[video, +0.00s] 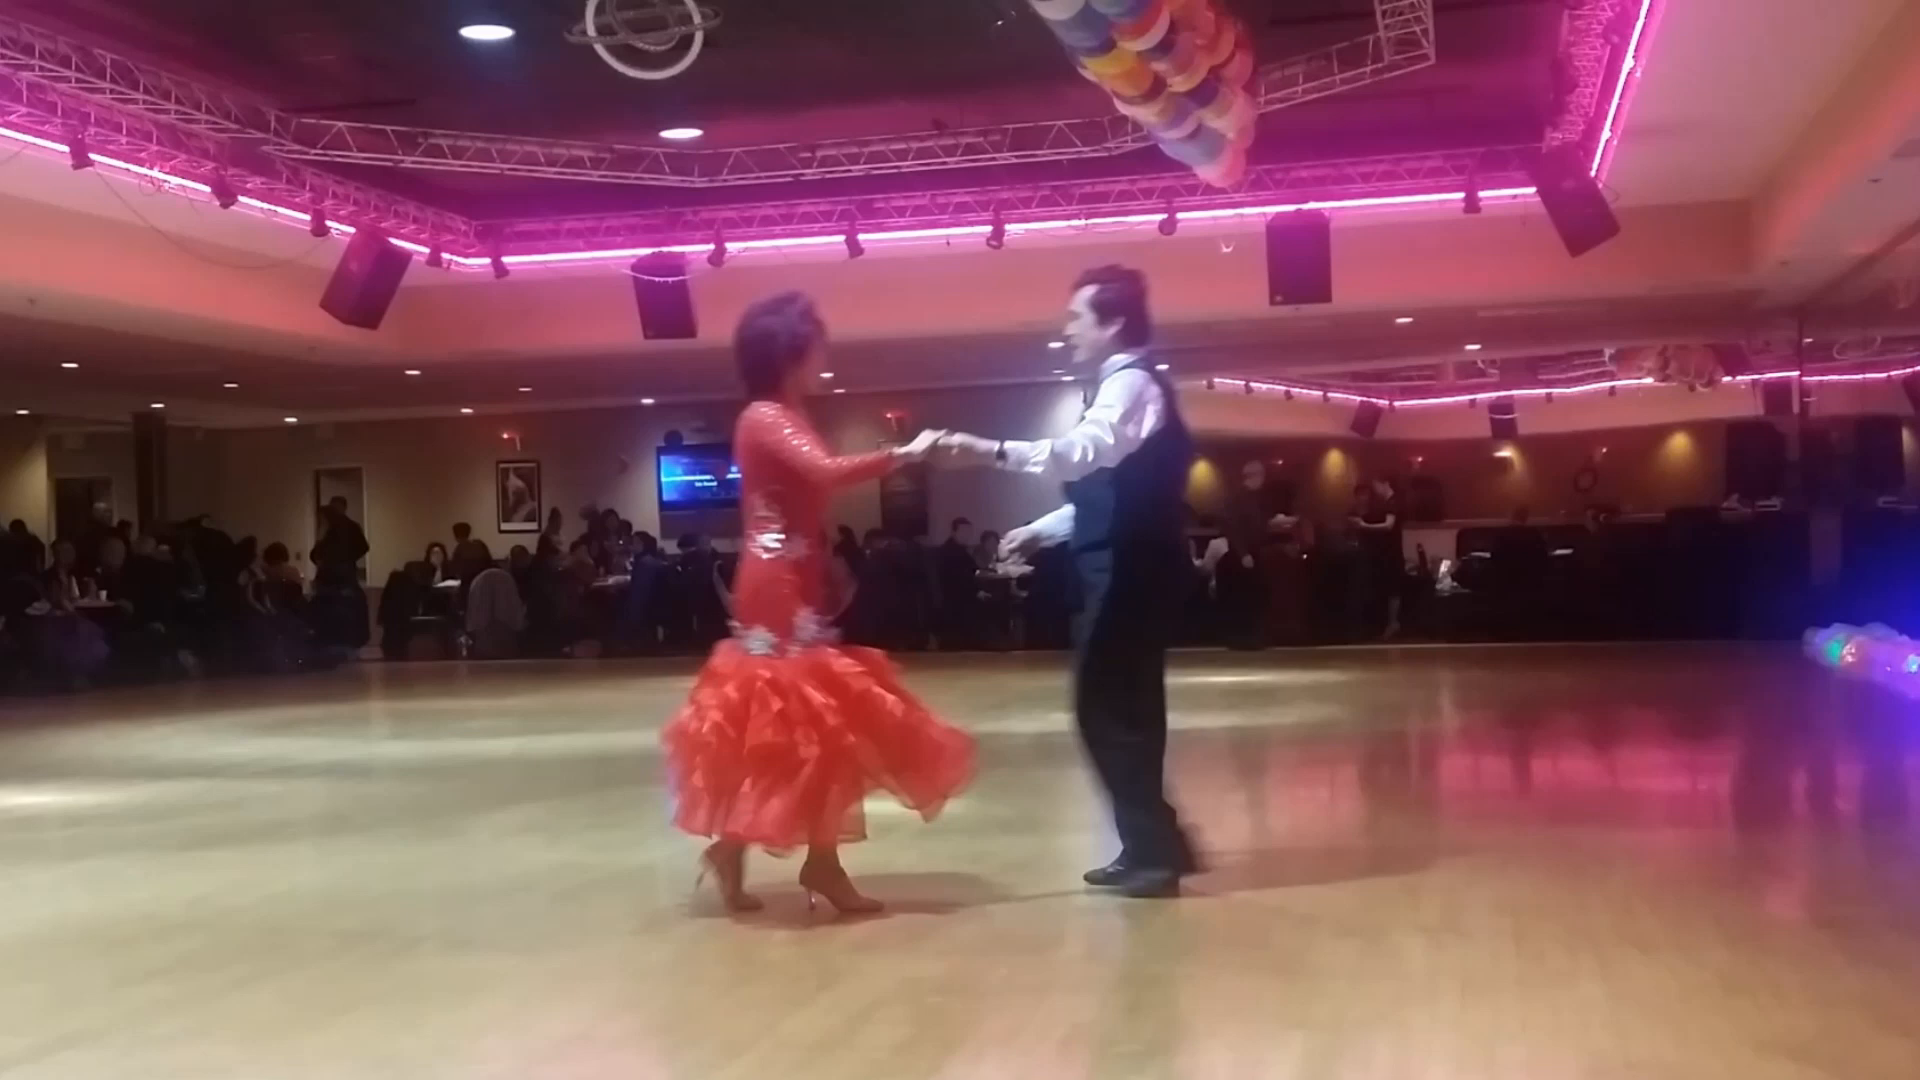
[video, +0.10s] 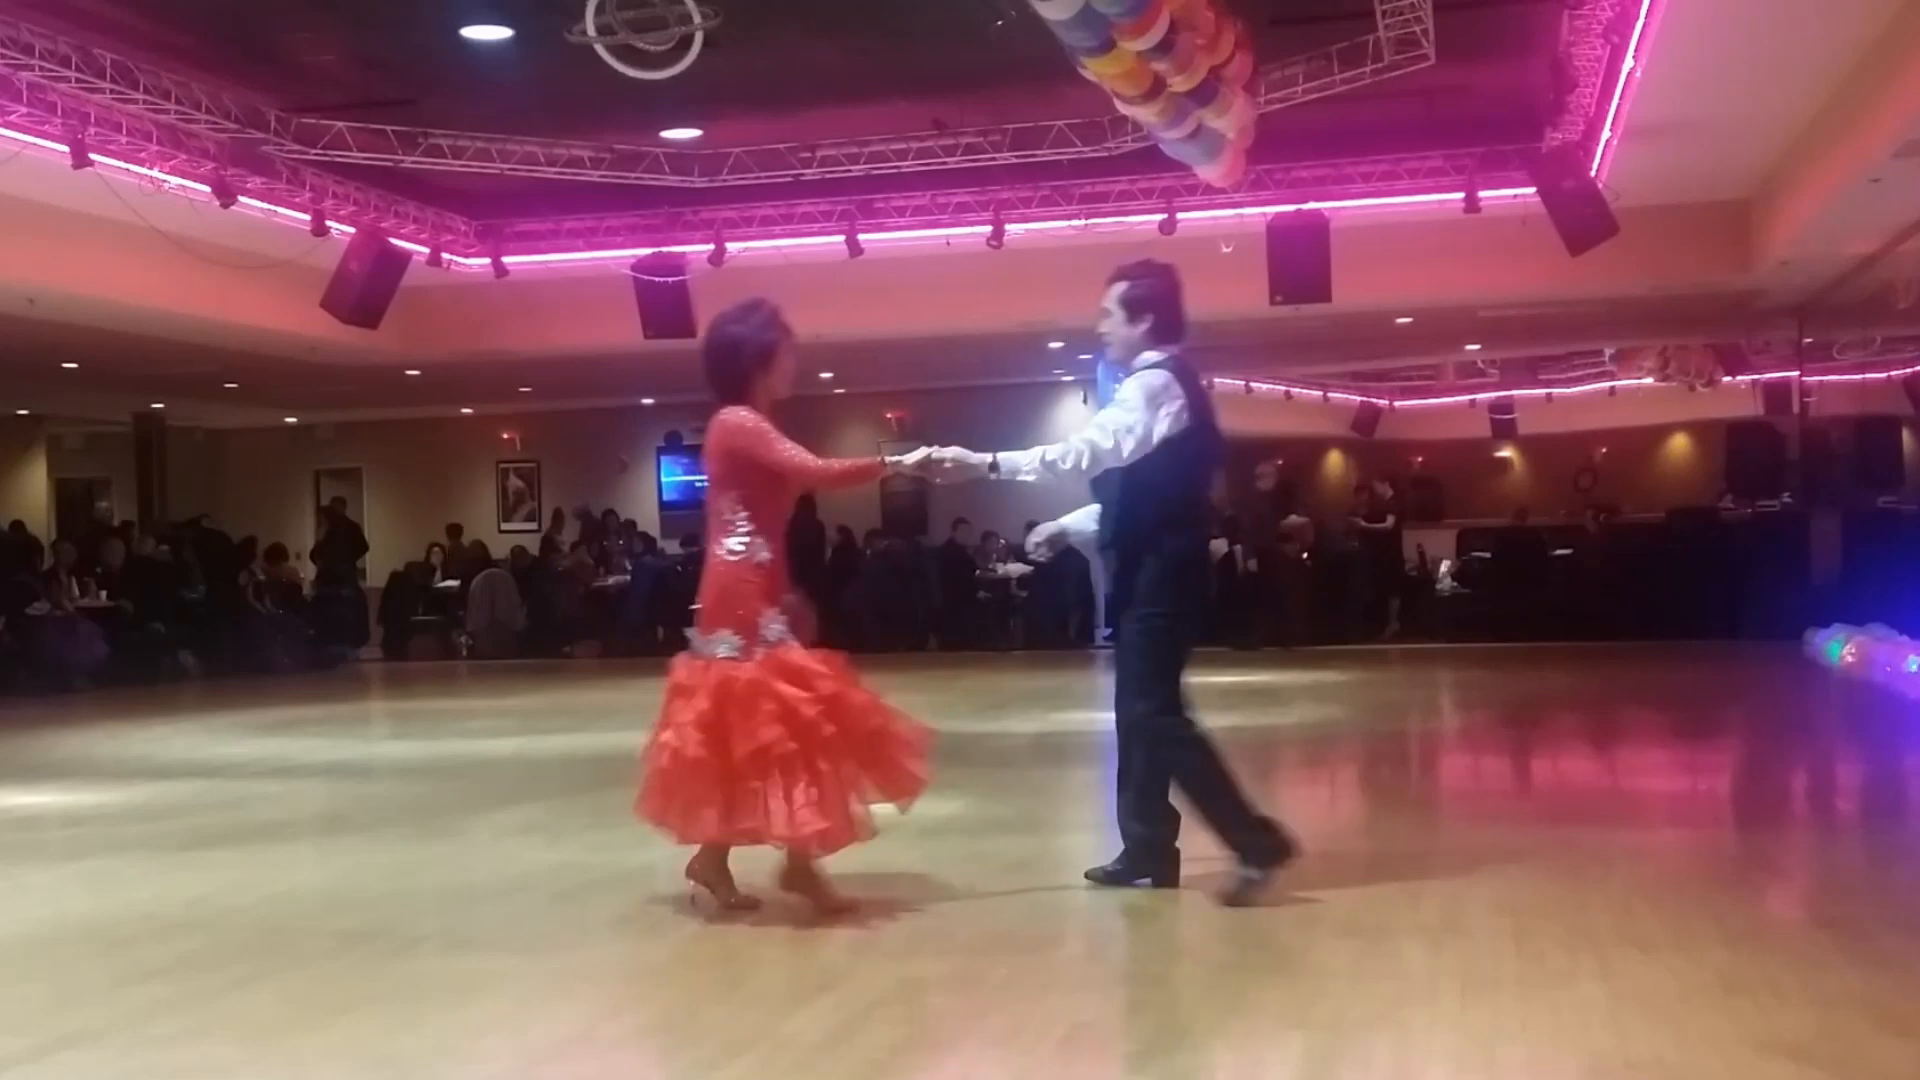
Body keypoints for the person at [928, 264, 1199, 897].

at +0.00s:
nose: (1066, 333)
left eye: (1077, 321)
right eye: (1068, 320)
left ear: (1115, 325)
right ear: (1116, 326)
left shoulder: (1131, 382)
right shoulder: (1127, 385)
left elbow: (1085, 452)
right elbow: (1108, 494)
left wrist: (984, 450)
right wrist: (1034, 535)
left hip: (1131, 569)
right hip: (1130, 565)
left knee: (1101, 704)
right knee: (1127, 701)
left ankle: (1153, 854)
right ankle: (1153, 840)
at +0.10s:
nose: (1101, 328)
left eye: (1111, 316)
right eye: (1103, 315)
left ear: (1147, 321)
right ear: (1146, 322)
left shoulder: (1155, 381)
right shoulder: (1160, 381)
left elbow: (1093, 450)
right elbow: (1137, 495)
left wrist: (984, 463)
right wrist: (1063, 530)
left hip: (1160, 566)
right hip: (1148, 564)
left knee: (1152, 712)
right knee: (1139, 710)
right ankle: (1147, 853)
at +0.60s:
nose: (1087, 329)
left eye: (1095, 316)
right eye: (1090, 316)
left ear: (1126, 320)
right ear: (1140, 319)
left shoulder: (1138, 382)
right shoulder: (1173, 378)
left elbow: (1095, 483)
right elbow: (1145, 494)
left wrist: (1010, 475)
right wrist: (1081, 551)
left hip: (1144, 580)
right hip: (1166, 576)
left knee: (1112, 728)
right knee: (1132, 728)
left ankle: (1212, 846)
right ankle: (1157, 877)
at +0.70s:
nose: (1060, 327)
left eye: (1068, 313)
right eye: (1062, 313)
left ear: (1100, 316)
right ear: (1115, 319)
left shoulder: (1120, 381)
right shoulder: (1136, 378)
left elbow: (1117, 481)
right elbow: (1108, 504)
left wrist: (1033, 469)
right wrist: (1040, 555)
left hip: (1111, 582)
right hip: (1126, 579)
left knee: (1059, 722)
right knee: (1114, 726)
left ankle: (1129, 878)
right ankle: (1159, 878)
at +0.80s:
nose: (1031, 325)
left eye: (1039, 312)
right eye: (1034, 312)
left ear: (1068, 316)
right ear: (1084, 317)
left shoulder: (1096, 380)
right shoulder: (1081, 379)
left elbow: (1130, 459)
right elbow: (1084, 490)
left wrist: (1038, 457)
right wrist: (1024, 548)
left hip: (1081, 582)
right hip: (1090, 580)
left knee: (1018, 721)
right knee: (1100, 725)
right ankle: (1155, 874)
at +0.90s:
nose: (999, 327)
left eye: (1004, 314)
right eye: (1001, 314)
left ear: (1030, 317)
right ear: (1057, 317)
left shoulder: (1062, 378)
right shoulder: (1054, 382)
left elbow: (1094, 457)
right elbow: (1048, 479)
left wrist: (995, 455)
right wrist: (983, 506)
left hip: (1039, 588)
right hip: (1068, 586)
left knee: (986, 733)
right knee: (1084, 735)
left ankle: (986, 897)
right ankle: (1151, 878)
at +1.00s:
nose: (974, 322)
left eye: (978, 310)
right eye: (977, 309)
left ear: (999, 313)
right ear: (1043, 310)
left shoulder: (1022, 374)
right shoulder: (1072, 373)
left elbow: (1013, 467)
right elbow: (1031, 475)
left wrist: (905, 469)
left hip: (1018, 581)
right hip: (1069, 576)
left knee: (974, 739)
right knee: (1064, 728)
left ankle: (988, 903)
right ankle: (1123, 884)